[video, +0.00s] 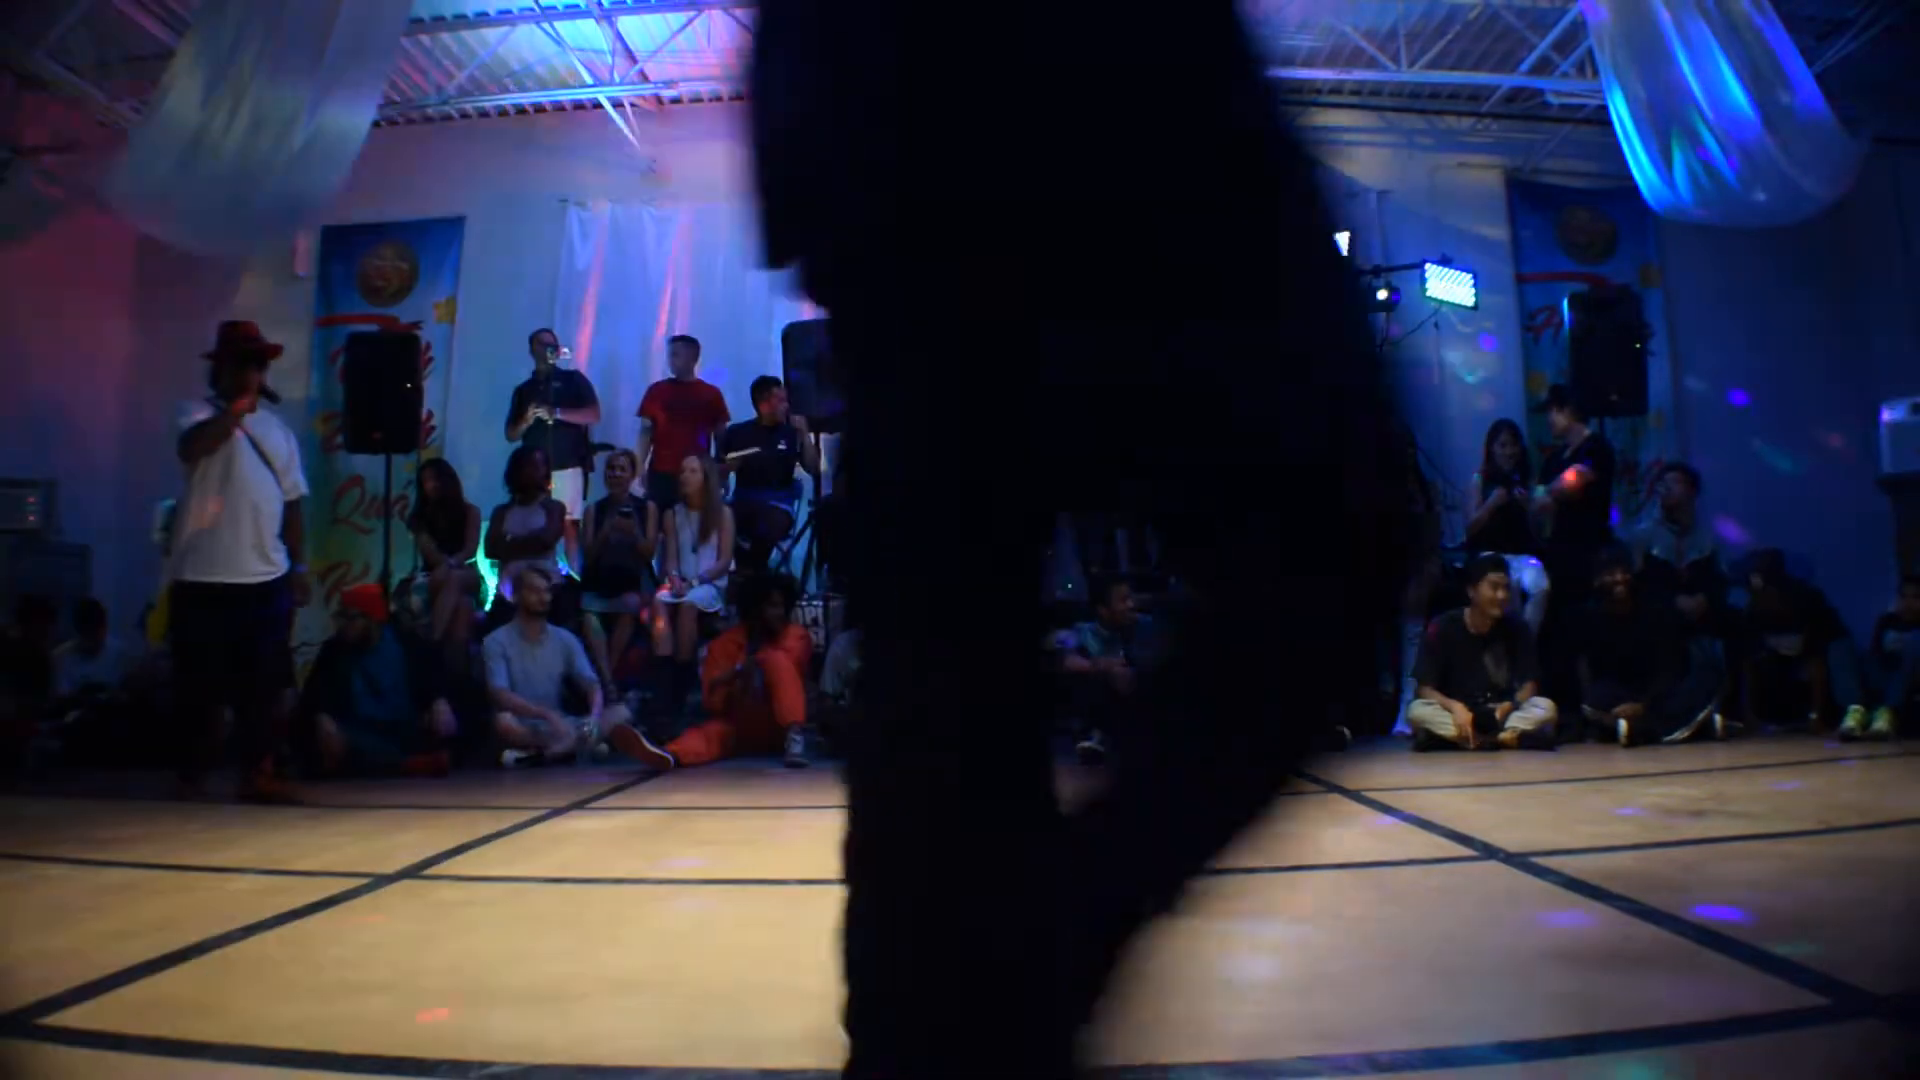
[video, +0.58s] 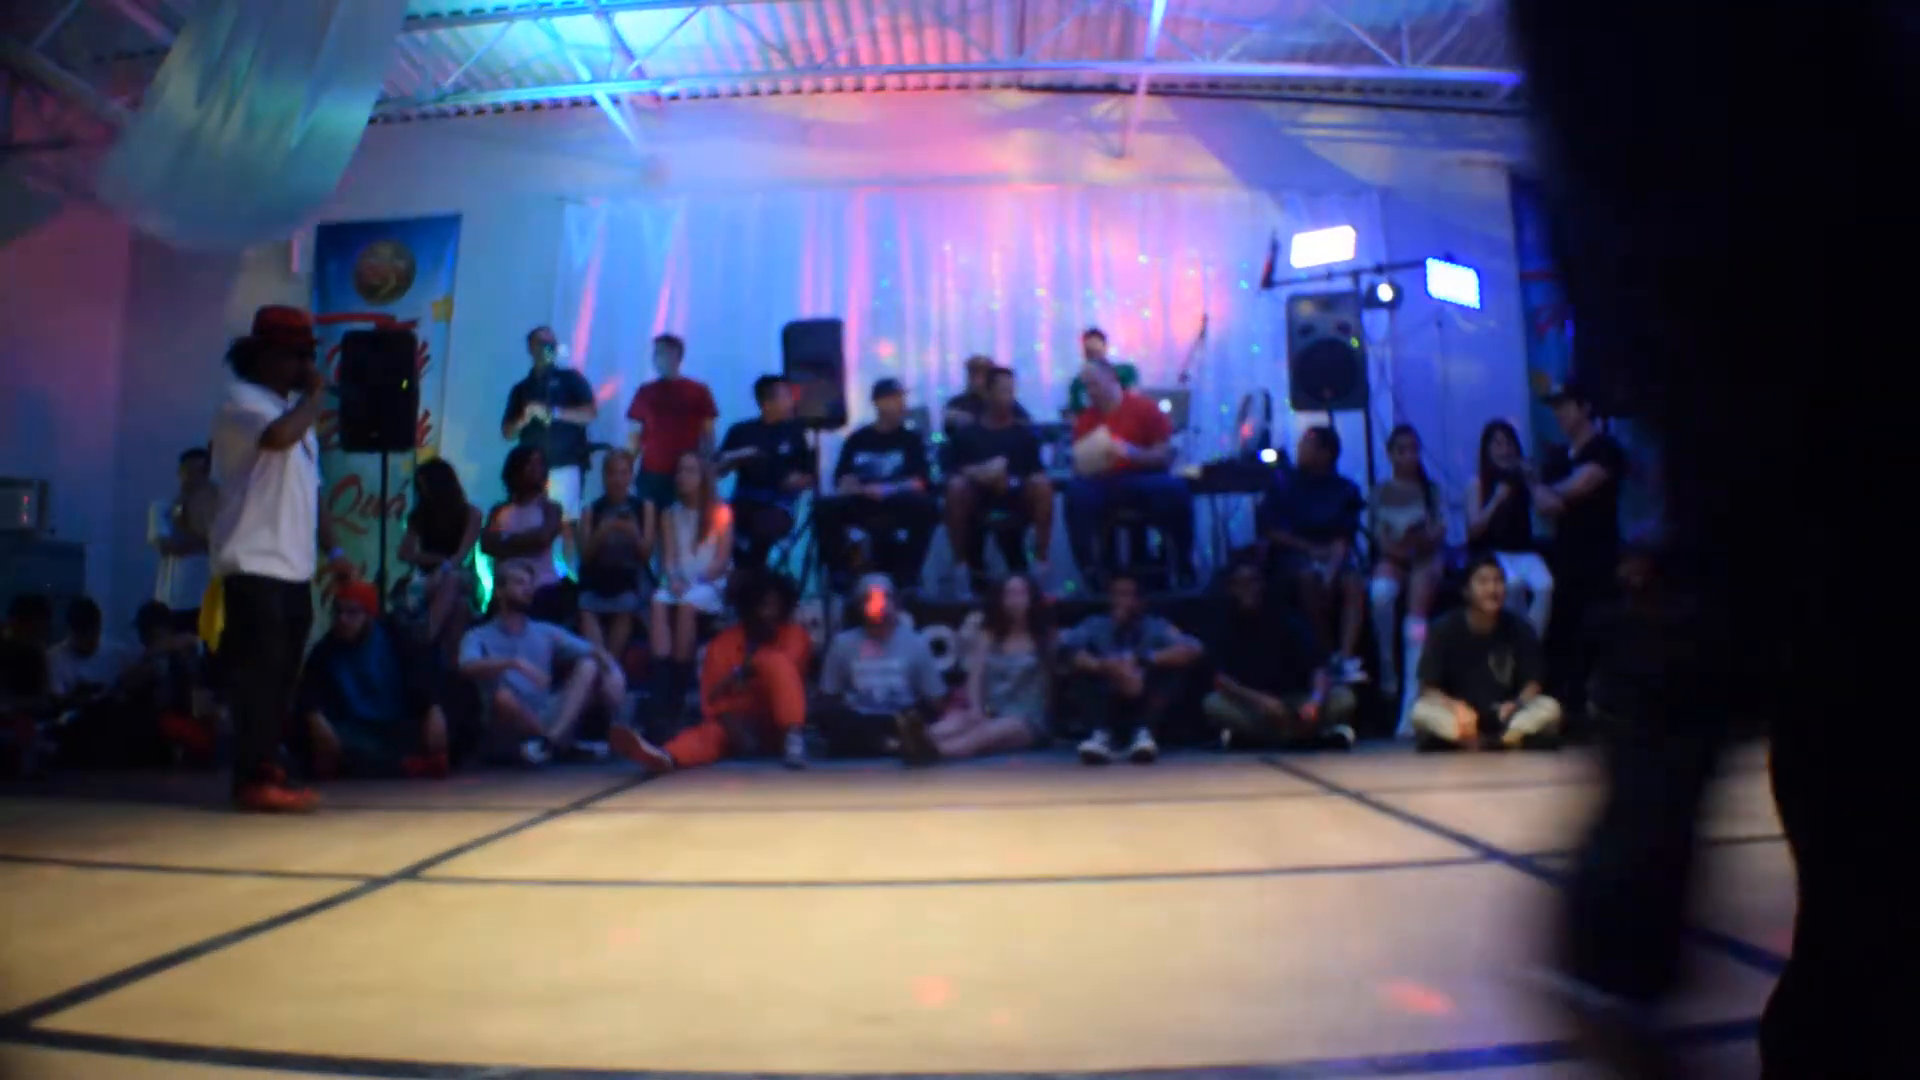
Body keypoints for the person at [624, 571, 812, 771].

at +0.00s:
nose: (779, 614)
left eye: (783, 607)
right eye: (772, 606)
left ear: (788, 609)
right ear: (754, 608)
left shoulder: (796, 637)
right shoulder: (725, 645)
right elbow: (713, 705)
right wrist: (738, 675)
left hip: (777, 723)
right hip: (737, 724)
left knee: (776, 659)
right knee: (708, 736)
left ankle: (794, 737)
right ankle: (669, 755)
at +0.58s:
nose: (768, 613)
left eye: (775, 606)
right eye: (762, 605)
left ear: (785, 610)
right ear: (747, 608)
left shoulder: (795, 638)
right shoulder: (723, 645)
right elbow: (711, 706)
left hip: (774, 721)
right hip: (736, 722)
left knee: (774, 661)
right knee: (709, 736)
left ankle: (794, 740)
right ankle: (668, 756)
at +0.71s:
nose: (766, 611)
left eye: (773, 604)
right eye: (761, 603)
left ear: (783, 609)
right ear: (748, 606)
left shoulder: (795, 638)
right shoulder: (725, 644)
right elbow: (711, 703)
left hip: (776, 722)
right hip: (737, 722)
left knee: (775, 660)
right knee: (710, 736)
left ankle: (794, 737)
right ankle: (670, 756)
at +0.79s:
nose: (765, 611)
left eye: (772, 604)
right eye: (760, 603)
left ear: (783, 609)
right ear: (749, 606)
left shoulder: (793, 637)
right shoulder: (724, 646)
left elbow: (787, 666)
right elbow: (712, 705)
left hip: (774, 717)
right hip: (737, 721)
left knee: (777, 662)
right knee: (712, 735)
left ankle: (793, 736)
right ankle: (670, 755)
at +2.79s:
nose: (768, 609)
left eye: (775, 603)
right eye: (762, 602)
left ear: (784, 607)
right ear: (749, 605)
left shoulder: (793, 634)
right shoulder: (723, 645)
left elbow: (786, 665)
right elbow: (713, 705)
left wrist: (753, 666)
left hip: (774, 717)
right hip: (737, 720)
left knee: (779, 661)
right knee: (709, 735)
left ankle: (794, 737)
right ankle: (670, 755)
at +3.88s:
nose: (767, 609)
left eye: (773, 603)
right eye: (761, 602)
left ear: (783, 606)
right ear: (748, 605)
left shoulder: (793, 633)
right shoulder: (724, 645)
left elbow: (789, 666)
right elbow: (713, 704)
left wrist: (753, 668)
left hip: (775, 715)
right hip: (738, 721)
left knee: (778, 660)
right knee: (711, 734)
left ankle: (795, 737)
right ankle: (670, 755)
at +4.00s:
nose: (768, 609)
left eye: (774, 603)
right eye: (762, 602)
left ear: (783, 607)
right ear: (749, 605)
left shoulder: (793, 634)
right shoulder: (723, 646)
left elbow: (790, 655)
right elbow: (713, 704)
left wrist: (753, 666)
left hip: (775, 717)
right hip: (738, 721)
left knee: (779, 661)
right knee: (711, 734)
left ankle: (795, 735)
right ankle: (670, 755)